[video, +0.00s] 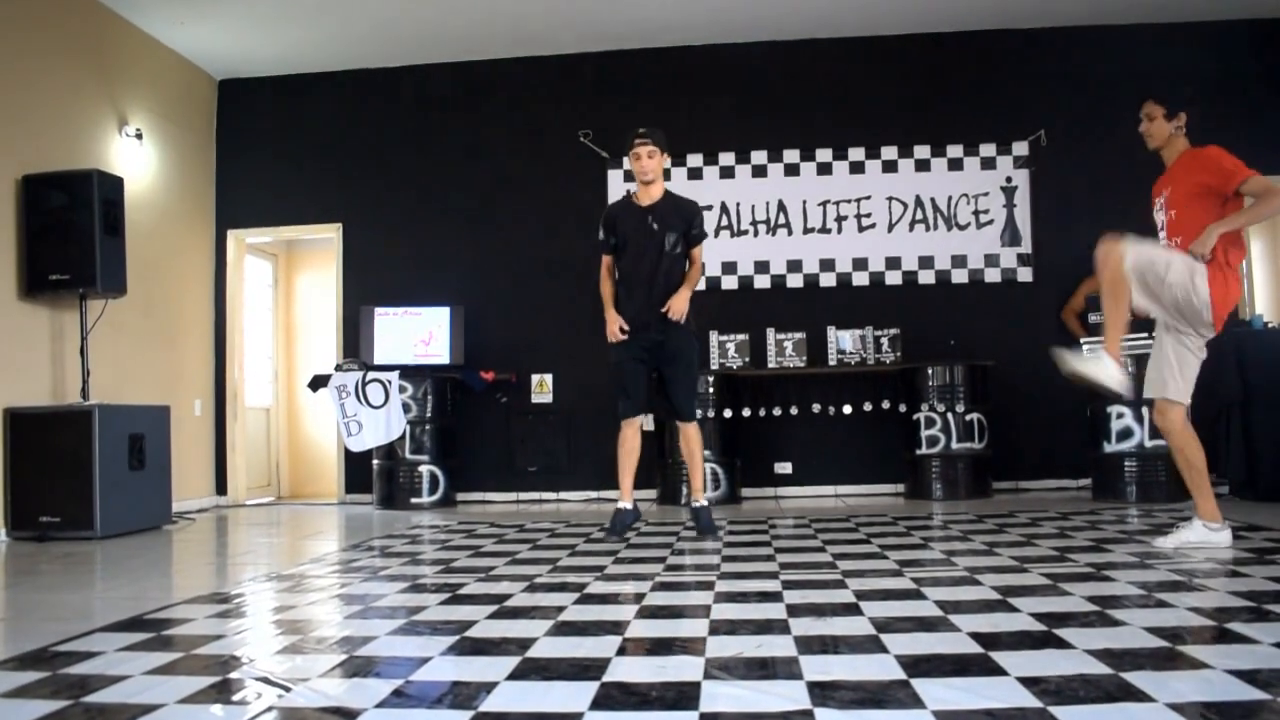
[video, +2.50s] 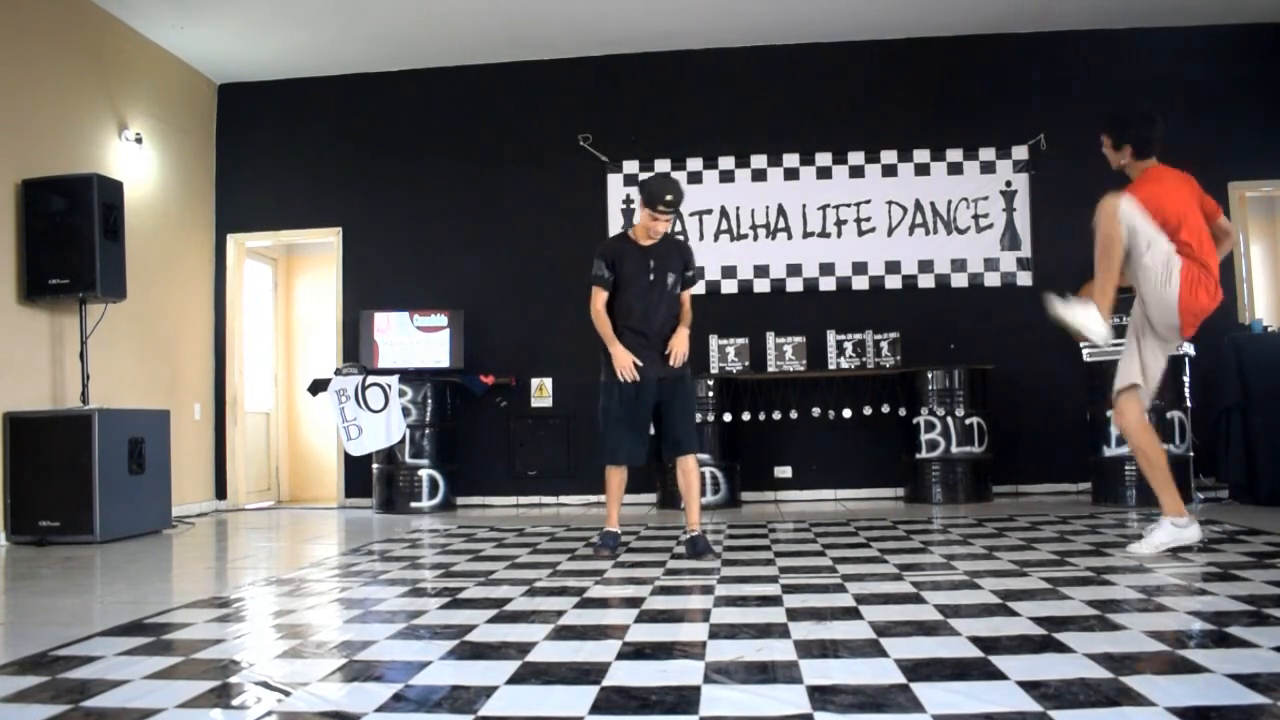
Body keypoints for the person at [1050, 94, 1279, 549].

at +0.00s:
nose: (1142, 127)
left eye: (1150, 118)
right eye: (1141, 120)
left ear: (1179, 122)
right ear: (1154, 128)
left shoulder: (1208, 159)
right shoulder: (1162, 187)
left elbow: (1271, 194)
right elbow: (1170, 257)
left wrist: (1218, 228)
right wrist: (1093, 288)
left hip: (1209, 286)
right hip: (1185, 301)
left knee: (1113, 250)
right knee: (1170, 414)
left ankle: (1112, 360)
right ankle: (1210, 524)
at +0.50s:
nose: (1153, 129)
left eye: (1160, 119)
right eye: (1151, 122)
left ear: (1190, 120)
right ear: (1161, 130)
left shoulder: (1234, 159)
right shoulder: (1166, 186)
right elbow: (1178, 247)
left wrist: (1246, 239)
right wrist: (1157, 281)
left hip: (1225, 286)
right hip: (1189, 294)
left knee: (1121, 306)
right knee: (1176, 411)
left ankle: (1183, 407)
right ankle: (1211, 525)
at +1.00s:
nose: (1174, 124)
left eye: (1181, 114)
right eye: (1172, 115)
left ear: (1210, 114)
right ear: (1197, 118)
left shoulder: (1250, 155)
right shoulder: (1203, 176)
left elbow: (1272, 219)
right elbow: (1217, 249)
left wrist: (1200, 209)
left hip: (1222, 312)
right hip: (1181, 291)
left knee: (1208, 421)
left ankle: (1245, 532)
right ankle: (1110, 398)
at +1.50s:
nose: (1169, 125)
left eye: (1176, 116)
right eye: (1169, 116)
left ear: (1205, 118)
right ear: (1200, 120)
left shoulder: (1224, 161)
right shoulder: (1218, 163)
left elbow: (1213, 235)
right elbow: (1217, 245)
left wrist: (1163, 216)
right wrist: (1138, 265)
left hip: (1221, 312)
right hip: (1193, 293)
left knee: (1206, 422)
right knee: (1096, 294)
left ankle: (1246, 533)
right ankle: (1121, 400)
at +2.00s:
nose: (1136, 131)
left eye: (1142, 122)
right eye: (1137, 123)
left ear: (1167, 126)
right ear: (1166, 127)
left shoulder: (1170, 166)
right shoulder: (1184, 169)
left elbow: (1153, 241)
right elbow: (1182, 249)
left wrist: (1124, 230)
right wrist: (1144, 248)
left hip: (1175, 310)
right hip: (1194, 315)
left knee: (1114, 399)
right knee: (1157, 425)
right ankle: (1184, 528)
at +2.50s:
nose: (1104, 153)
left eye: (1106, 146)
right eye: (1104, 146)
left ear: (1125, 149)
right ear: (1148, 147)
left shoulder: (1138, 192)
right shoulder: (1182, 181)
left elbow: (1120, 266)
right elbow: (1227, 233)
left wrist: (1095, 295)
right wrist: (1197, 266)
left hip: (1180, 290)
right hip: (1165, 313)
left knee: (1113, 204)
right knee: (1127, 411)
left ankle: (1097, 311)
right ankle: (1177, 518)